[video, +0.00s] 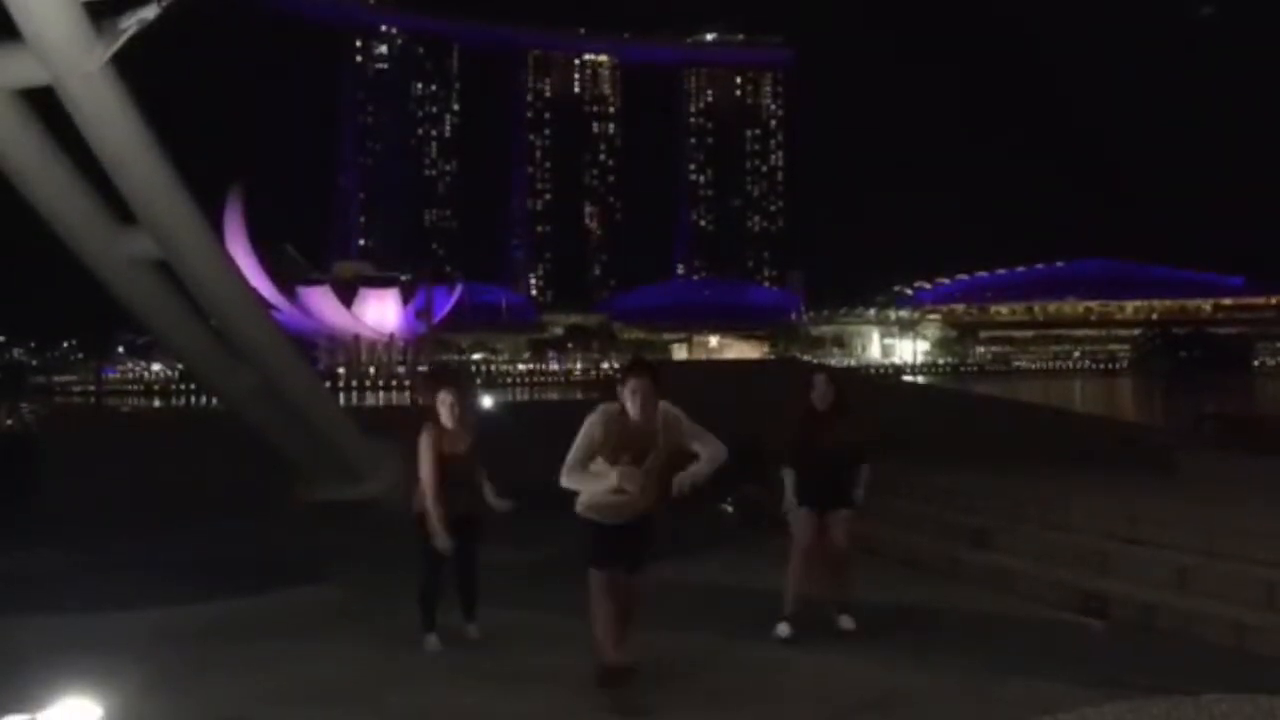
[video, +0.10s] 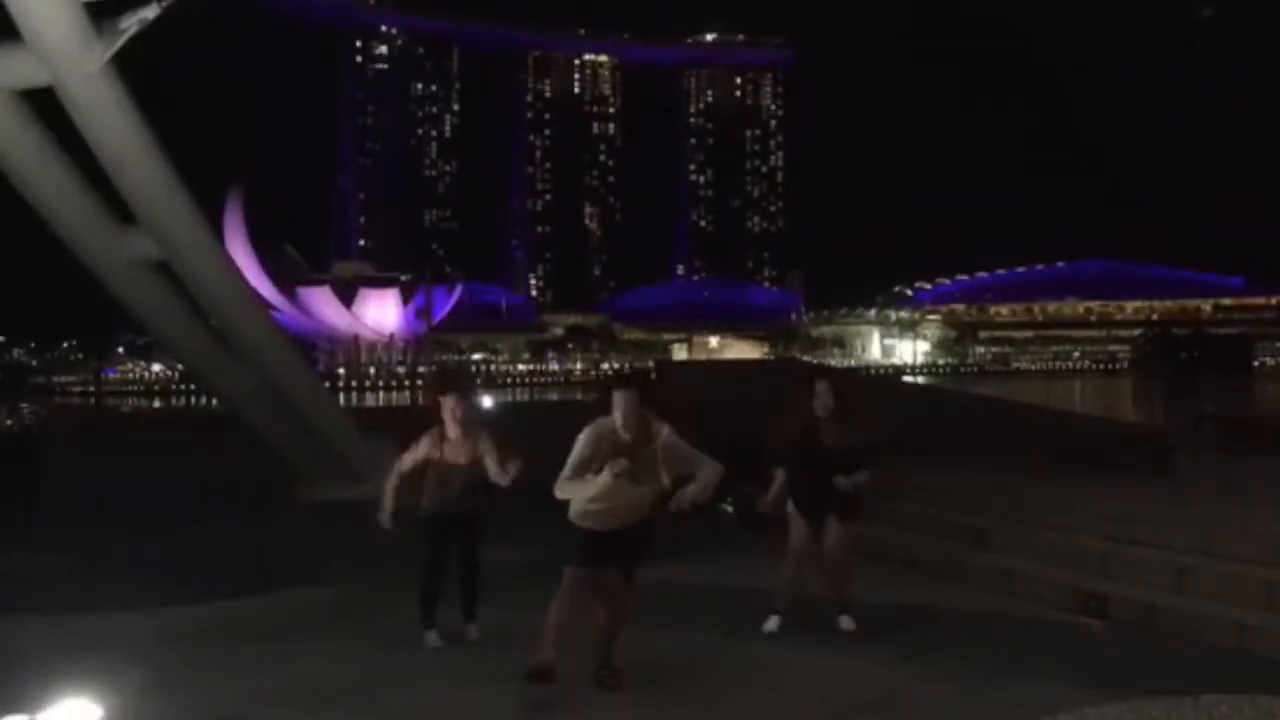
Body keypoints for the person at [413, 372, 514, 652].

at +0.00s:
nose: (451, 410)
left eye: (455, 404)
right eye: (446, 404)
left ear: (462, 406)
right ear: (437, 407)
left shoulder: (467, 435)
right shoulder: (431, 437)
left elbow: (477, 471)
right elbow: (429, 486)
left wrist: (492, 498)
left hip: (467, 510)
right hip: (438, 510)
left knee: (468, 566)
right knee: (434, 570)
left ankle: (470, 619)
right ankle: (430, 628)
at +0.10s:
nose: (454, 414)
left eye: (458, 408)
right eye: (449, 409)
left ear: (466, 410)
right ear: (441, 411)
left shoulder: (479, 441)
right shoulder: (432, 441)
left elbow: (498, 477)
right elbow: (399, 469)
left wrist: (509, 473)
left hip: (468, 514)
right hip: (435, 513)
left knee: (470, 567)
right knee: (432, 568)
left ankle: (470, 622)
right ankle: (429, 627)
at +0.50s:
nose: (417, 419)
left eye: (421, 413)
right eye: (414, 414)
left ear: (434, 412)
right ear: (413, 417)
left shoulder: (457, 431)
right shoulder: (424, 446)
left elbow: (497, 437)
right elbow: (428, 477)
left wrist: (518, 469)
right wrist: (421, 500)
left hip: (463, 503)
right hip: (438, 505)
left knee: (429, 553)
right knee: (438, 559)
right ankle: (458, 613)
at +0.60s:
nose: (414, 424)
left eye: (418, 417)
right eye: (411, 419)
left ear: (432, 417)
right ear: (410, 422)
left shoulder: (454, 434)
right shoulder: (424, 451)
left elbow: (498, 429)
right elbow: (428, 489)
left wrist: (530, 453)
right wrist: (415, 501)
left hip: (467, 505)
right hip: (442, 508)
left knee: (423, 534)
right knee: (436, 558)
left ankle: (404, 593)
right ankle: (457, 614)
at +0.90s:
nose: (421, 408)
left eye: (426, 402)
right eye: (418, 403)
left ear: (439, 403)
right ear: (417, 407)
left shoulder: (457, 424)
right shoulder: (424, 435)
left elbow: (476, 461)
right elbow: (422, 475)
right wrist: (434, 451)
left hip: (465, 501)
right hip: (441, 502)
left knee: (454, 557)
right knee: (443, 559)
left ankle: (476, 615)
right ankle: (467, 613)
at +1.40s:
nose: (424, 440)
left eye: (427, 433)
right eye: (419, 436)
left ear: (441, 428)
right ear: (418, 438)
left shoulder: (465, 429)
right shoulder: (434, 464)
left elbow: (488, 401)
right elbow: (417, 495)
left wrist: (526, 398)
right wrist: (398, 523)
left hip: (487, 504)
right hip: (456, 510)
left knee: (479, 564)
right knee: (441, 552)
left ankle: (458, 619)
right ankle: (411, 559)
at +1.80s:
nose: (444, 429)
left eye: (448, 424)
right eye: (440, 425)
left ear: (460, 423)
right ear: (439, 425)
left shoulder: (476, 436)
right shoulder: (446, 444)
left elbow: (501, 451)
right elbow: (446, 452)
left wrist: (493, 487)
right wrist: (446, 437)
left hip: (491, 501)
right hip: (463, 502)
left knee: (499, 560)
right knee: (455, 556)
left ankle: (502, 618)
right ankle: (452, 608)